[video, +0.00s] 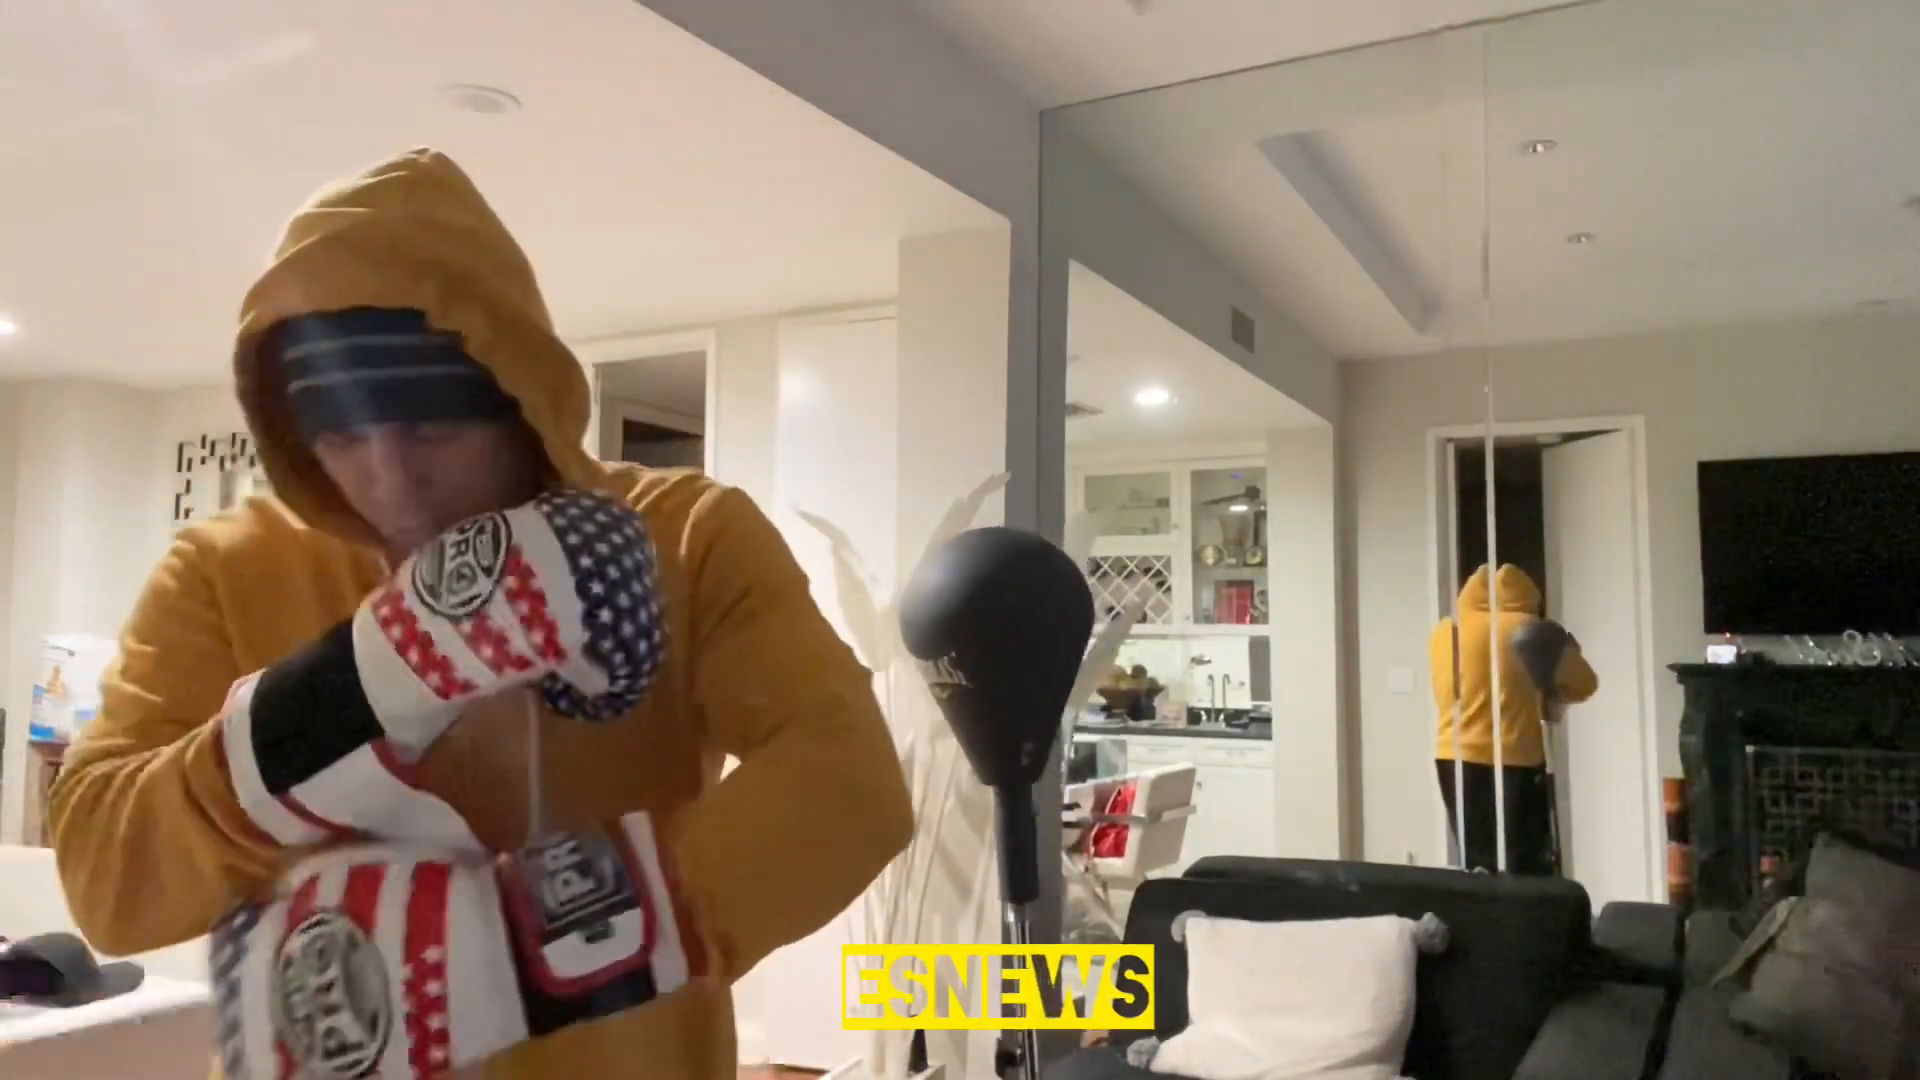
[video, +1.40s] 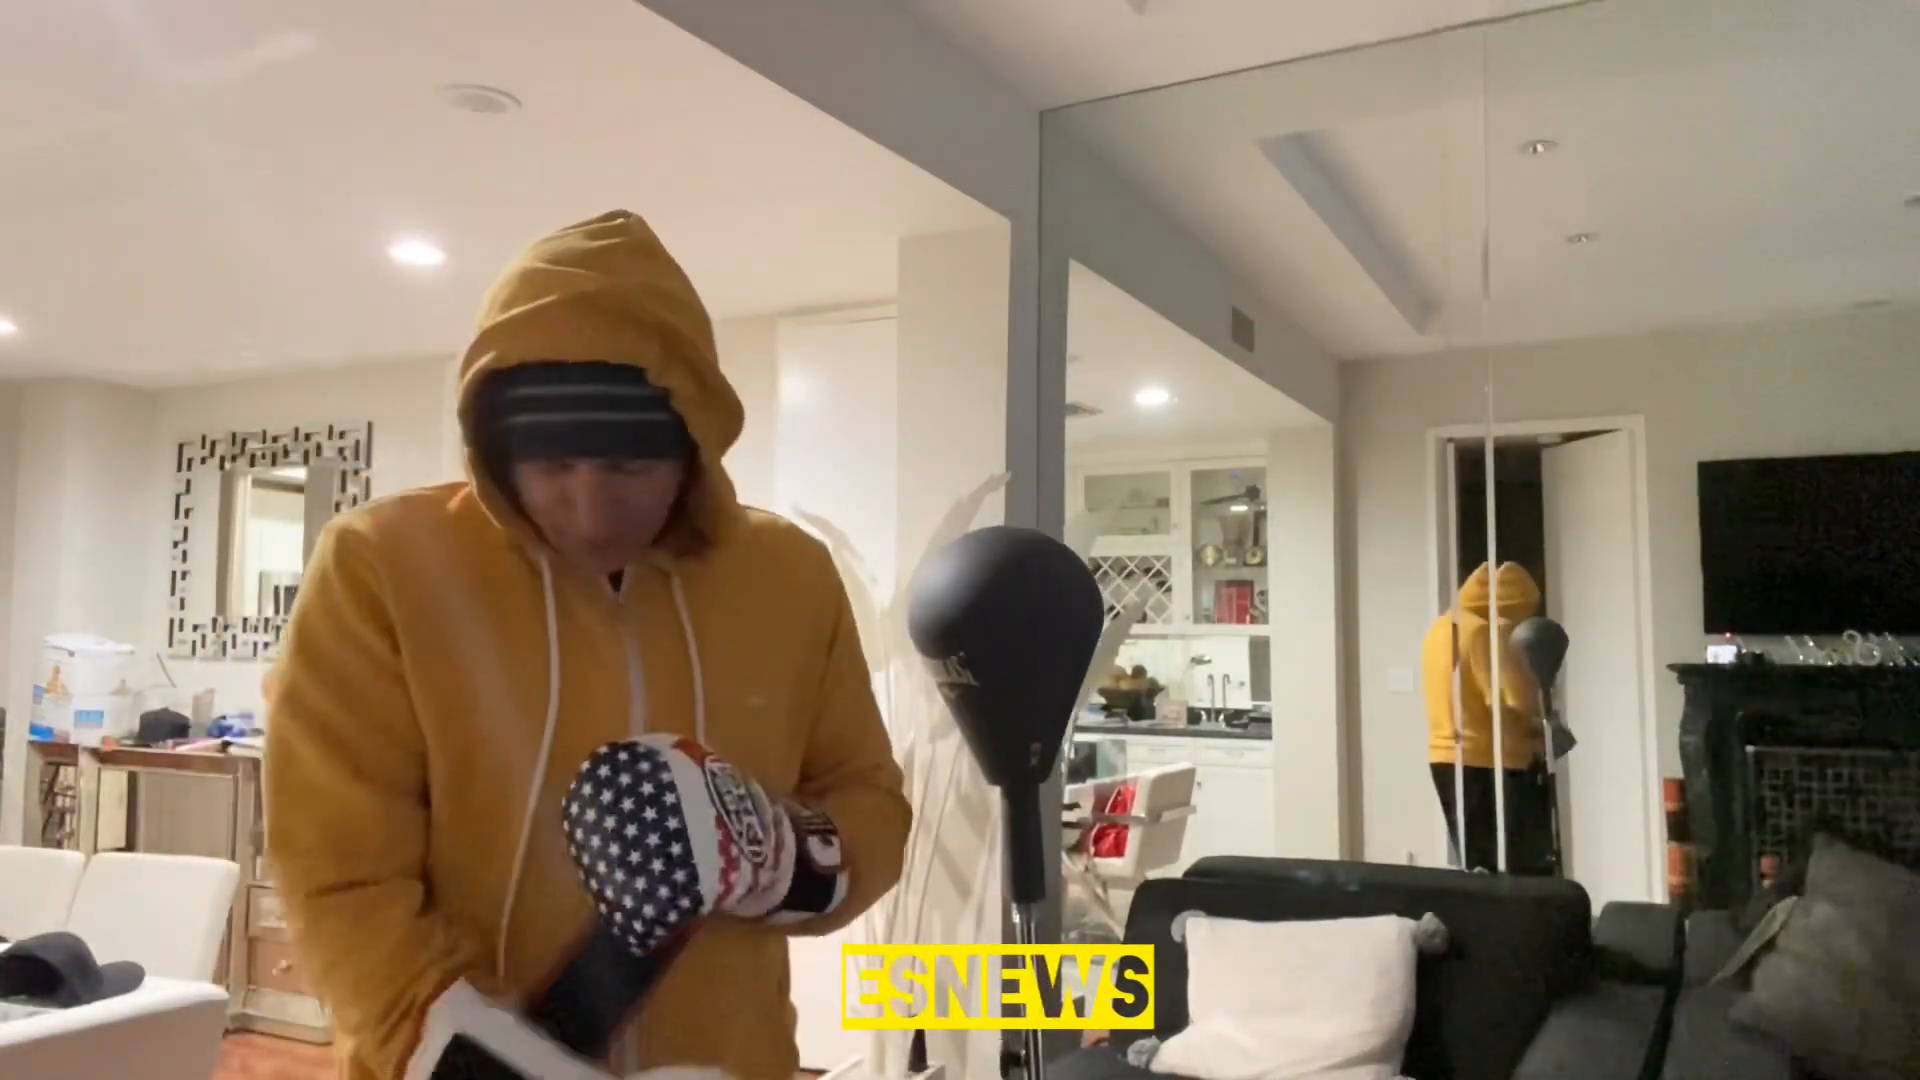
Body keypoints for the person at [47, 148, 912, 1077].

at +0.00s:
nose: (393, 482)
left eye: (434, 418)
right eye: (339, 431)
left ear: (520, 393)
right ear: (300, 440)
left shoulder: (693, 544)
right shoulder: (225, 579)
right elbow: (111, 887)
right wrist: (394, 674)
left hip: (643, 1066)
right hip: (339, 1071)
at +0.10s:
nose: (429, 480)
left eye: (471, 421)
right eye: (384, 426)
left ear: (558, 404)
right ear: (341, 434)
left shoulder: (713, 559)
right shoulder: (253, 568)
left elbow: (887, 794)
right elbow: (132, 871)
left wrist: (582, 892)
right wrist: (397, 721)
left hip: (622, 1064)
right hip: (305, 1065)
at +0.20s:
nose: (465, 466)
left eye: (509, 411)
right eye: (419, 414)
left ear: (591, 406)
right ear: (368, 417)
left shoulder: (732, 572)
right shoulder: (278, 560)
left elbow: (910, 812)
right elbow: (160, 859)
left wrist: (655, 911)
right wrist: (418, 750)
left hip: (629, 1065)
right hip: (317, 1063)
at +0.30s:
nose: (501, 478)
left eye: (545, 425)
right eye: (461, 427)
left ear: (623, 412)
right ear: (409, 420)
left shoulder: (746, 587)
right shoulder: (300, 557)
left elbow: (894, 825)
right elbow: (207, 842)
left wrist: (709, 964)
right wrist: (463, 814)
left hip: (638, 1072)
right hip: (332, 1066)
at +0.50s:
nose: (560, 493)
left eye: (601, 445)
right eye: (522, 444)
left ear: (661, 438)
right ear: (464, 431)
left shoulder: (757, 602)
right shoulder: (334, 557)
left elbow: (828, 831)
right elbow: (225, 838)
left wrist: (812, 971)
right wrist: (487, 921)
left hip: (647, 1063)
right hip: (372, 1058)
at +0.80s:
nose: (633, 511)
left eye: (672, 470)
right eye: (599, 463)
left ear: (715, 471)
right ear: (532, 447)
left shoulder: (768, 604)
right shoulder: (390, 544)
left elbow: (809, 841)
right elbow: (294, 828)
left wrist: (881, 854)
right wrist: (540, 958)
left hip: (675, 1063)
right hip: (422, 1060)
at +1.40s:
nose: (586, 509)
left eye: (626, 463)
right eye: (549, 462)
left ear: (689, 453)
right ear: (500, 453)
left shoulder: (786, 577)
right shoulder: (380, 571)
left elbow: (870, 801)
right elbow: (336, 869)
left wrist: (788, 854)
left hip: (724, 1060)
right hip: (478, 1060)